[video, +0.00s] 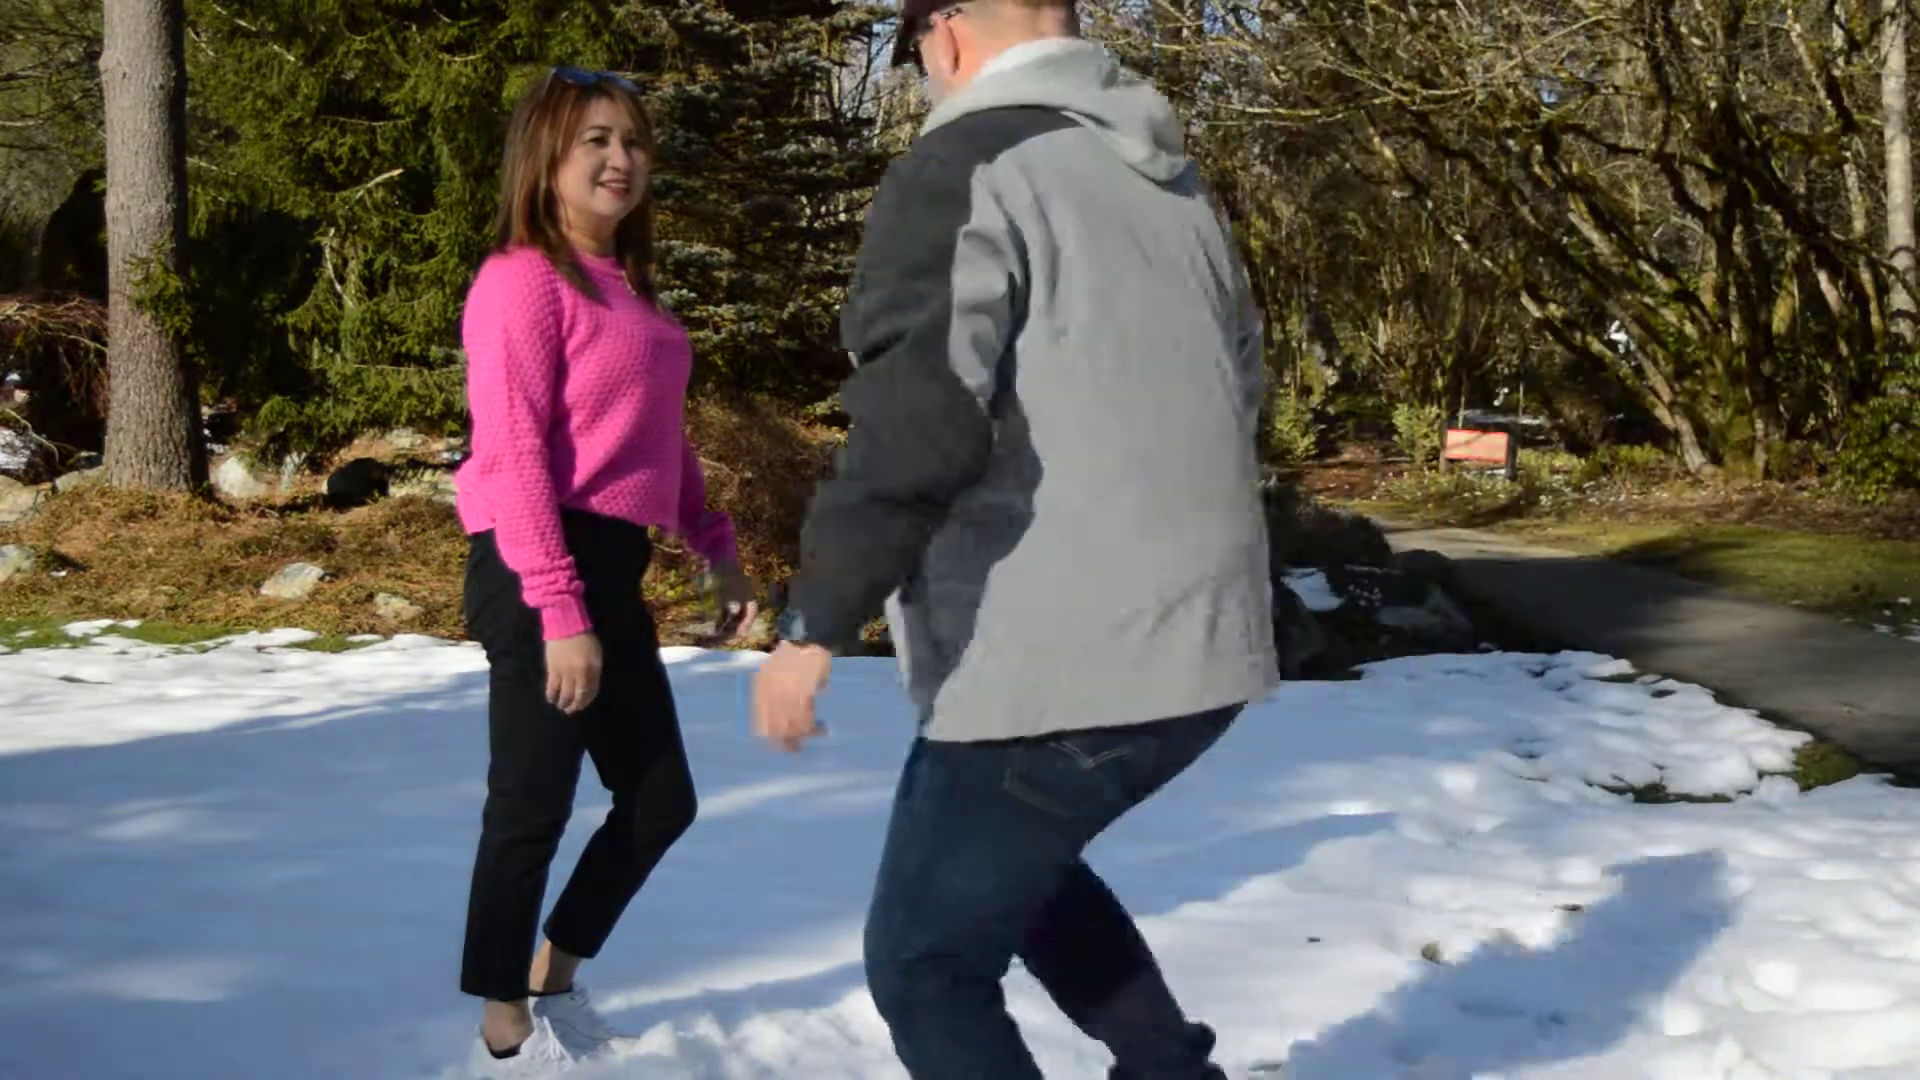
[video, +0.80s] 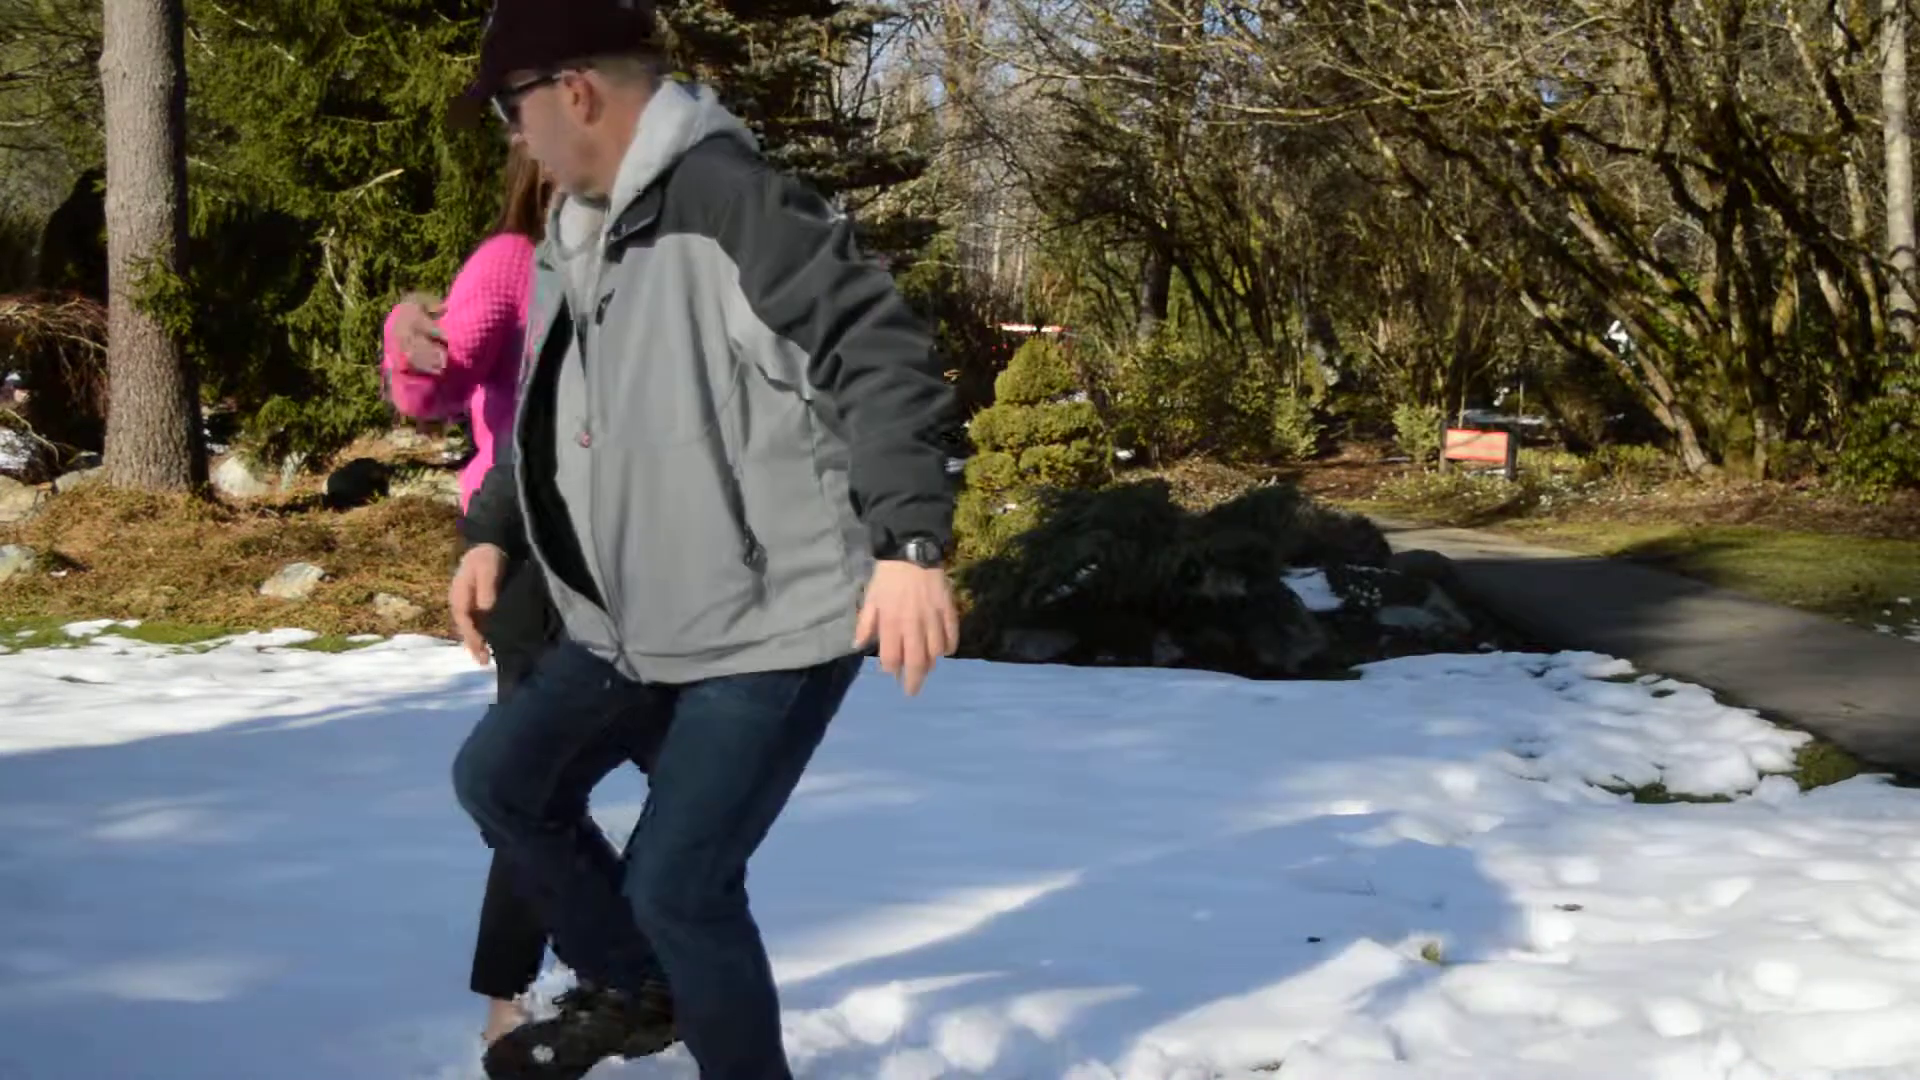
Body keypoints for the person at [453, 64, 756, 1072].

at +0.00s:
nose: (621, 159)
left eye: (633, 142)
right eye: (596, 142)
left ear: (645, 165)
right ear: (545, 163)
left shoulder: (623, 288)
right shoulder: (517, 281)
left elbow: (661, 445)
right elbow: (513, 458)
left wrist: (720, 558)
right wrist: (560, 614)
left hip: (608, 566)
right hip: (533, 561)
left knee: (660, 799)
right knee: (530, 805)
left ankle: (549, 978)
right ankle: (502, 1031)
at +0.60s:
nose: (605, 155)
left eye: (613, 139)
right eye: (583, 140)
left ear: (628, 154)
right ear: (536, 160)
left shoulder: (638, 274)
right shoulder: (514, 273)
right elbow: (466, 409)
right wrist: (473, 544)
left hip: (630, 568)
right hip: (538, 565)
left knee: (678, 784)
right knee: (533, 803)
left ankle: (564, 967)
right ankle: (503, 1033)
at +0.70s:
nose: (602, 174)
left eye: (607, 157)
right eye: (584, 159)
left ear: (615, 169)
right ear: (543, 172)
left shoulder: (642, 269)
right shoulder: (514, 270)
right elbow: (453, 369)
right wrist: (420, 456)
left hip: (631, 549)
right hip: (528, 549)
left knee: (642, 769)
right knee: (530, 788)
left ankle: (582, 962)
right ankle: (506, 1031)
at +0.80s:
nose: (575, 179)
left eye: (581, 163)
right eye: (563, 164)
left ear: (603, 157)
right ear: (540, 174)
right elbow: (428, 398)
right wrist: (408, 344)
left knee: (681, 767)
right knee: (533, 774)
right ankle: (506, 1006)